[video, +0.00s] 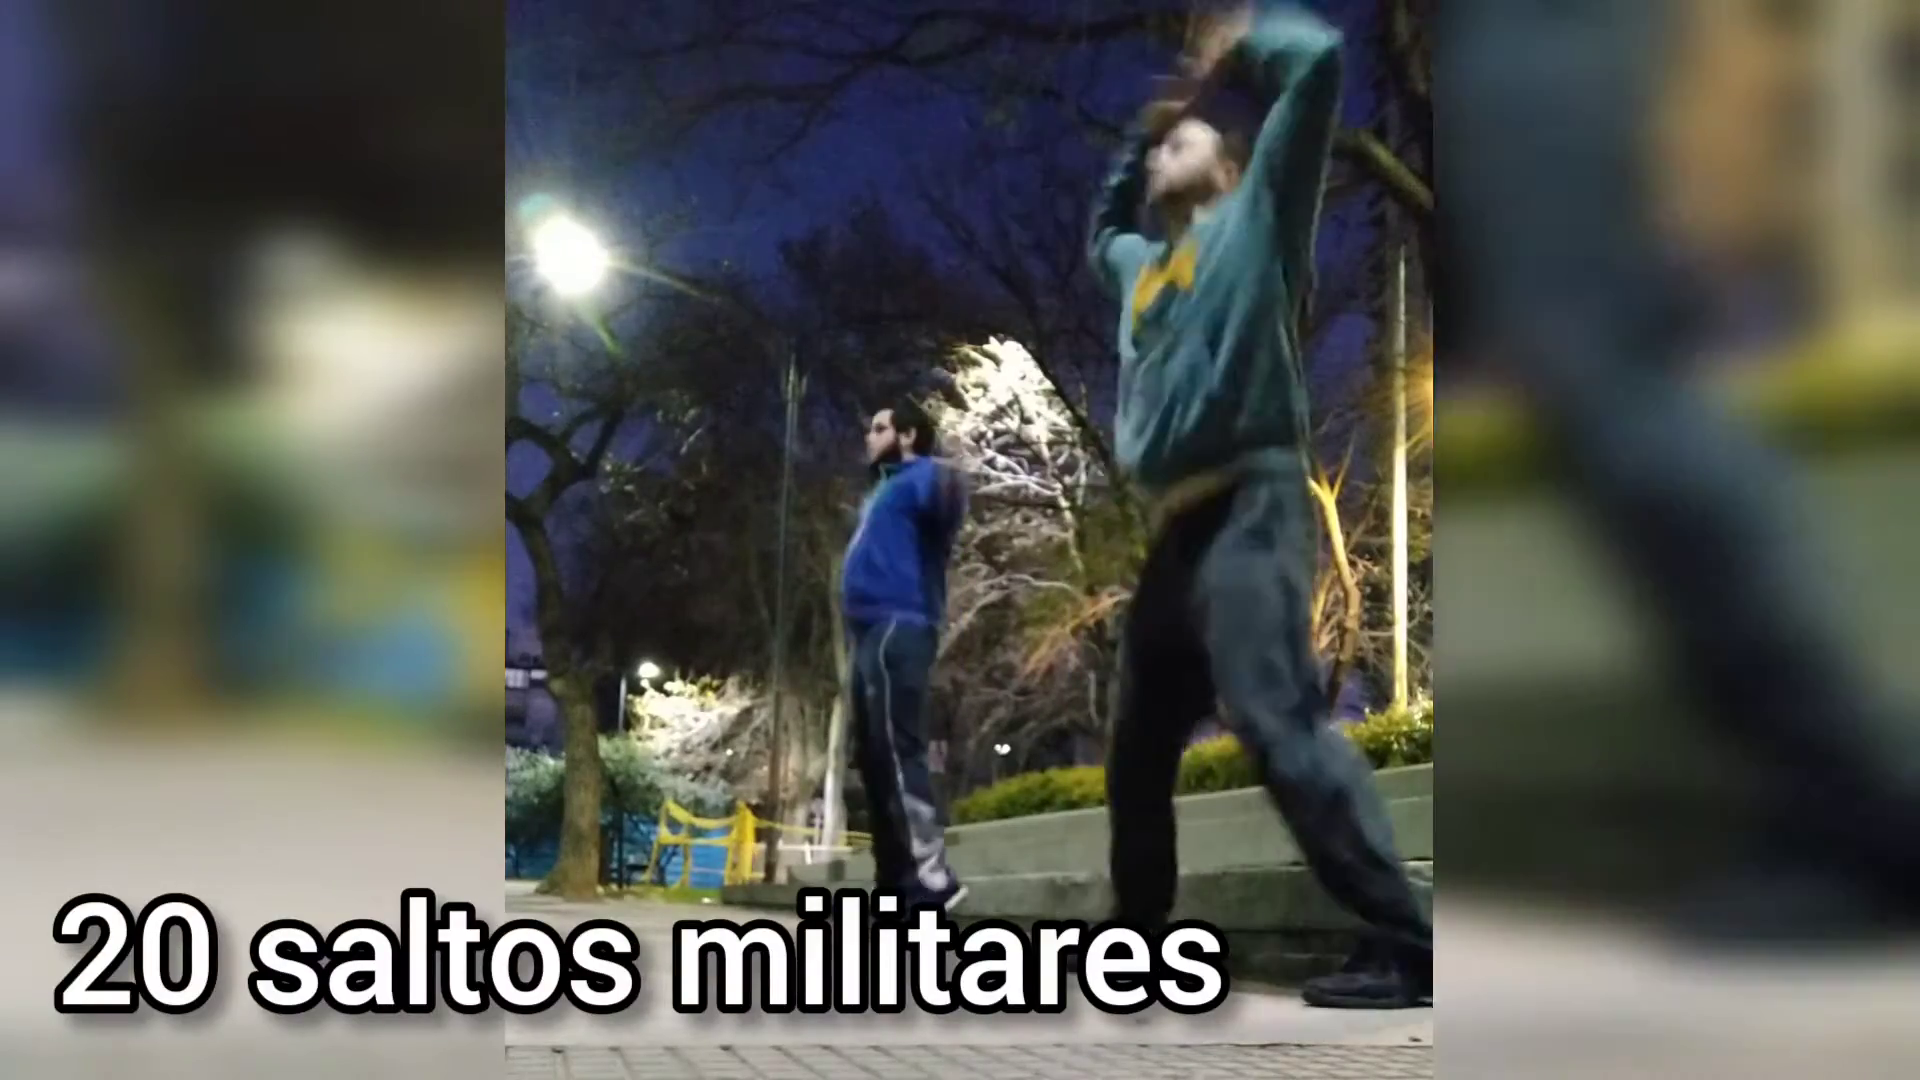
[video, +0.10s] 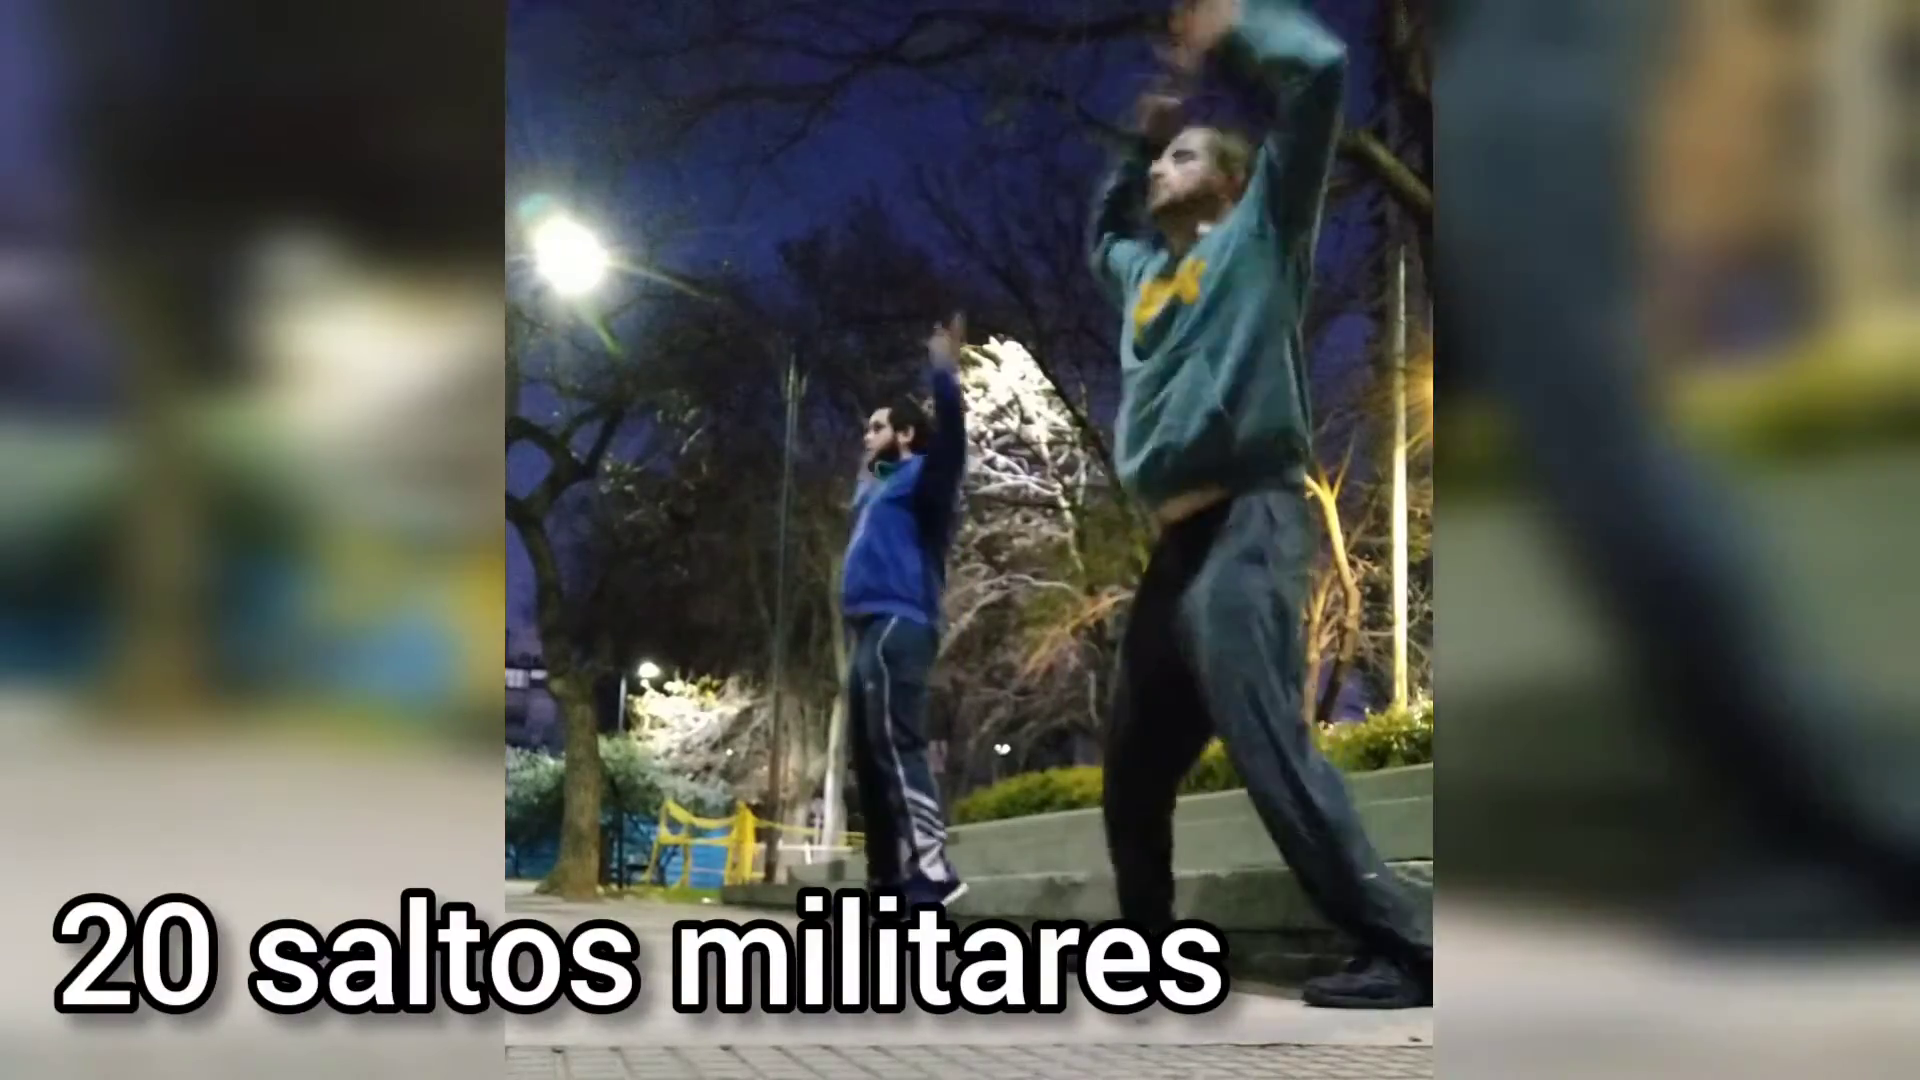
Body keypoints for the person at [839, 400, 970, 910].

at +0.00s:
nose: (868, 437)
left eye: (878, 429)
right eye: (870, 429)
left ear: (907, 436)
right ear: (895, 438)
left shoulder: (922, 475)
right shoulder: (882, 488)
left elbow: (941, 501)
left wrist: (946, 475)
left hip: (901, 623)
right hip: (869, 625)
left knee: (896, 748)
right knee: (872, 755)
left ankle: (930, 879)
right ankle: (894, 880)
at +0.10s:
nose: (871, 436)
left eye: (881, 427)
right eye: (870, 429)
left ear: (910, 435)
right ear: (883, 444)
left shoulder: (925, 480)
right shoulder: (877, 489)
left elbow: (950, 436)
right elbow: (861, 493)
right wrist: (870, 453)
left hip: (901, 619)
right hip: (864, 623)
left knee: (896, 745)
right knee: (867, 757)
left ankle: (931, 873)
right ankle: (887, 877)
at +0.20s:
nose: (869, 461)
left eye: (878, 451)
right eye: (872, 451)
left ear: (903, 456)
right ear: (887, 461)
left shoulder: (924, 501)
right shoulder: (878, 511)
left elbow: (933, 435)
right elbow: (855, 500)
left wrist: (919, 382)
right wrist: (874, 450)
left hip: (904, 642)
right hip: (867, 647)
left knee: (889, 768)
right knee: (868, 774)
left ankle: (921, 886)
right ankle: (891, 883)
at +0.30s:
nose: (858, 487)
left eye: (867, 478)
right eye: (858, 479)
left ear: (893, 479)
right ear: (868, 487)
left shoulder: (920, 515)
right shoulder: (869, 538)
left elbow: (922, 442)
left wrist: (905, 414)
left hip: (903, 660)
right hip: (863, 666)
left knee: (887, 792)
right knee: (853, 801)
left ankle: (930, 902)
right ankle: (888, 898)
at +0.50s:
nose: (858, 439)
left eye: (867, 430)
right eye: (859, 431)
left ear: (897, 438)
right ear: (881, 440)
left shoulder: (914, 474)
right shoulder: (878, 488)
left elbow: (955, 456)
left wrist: (959, 408)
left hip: (894, 623)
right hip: (866, 624)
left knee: (886, 754)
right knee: (863, 760)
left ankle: (919, 885)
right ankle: (889, 884)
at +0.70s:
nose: (849, 478)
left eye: (858, 470)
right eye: (850, 469)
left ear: (886, 477)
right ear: (877, 478)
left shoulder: (908, 521)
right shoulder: (872, 527)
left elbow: (930, 586)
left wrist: (925, 657)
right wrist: (854, 669)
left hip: (894, 671)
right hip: (863, 674)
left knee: (868, 795)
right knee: (851, 798)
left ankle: (909, 896)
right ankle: (895, 893)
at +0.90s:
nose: (848, 438)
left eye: (858, 430)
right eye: (849, 430)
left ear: (886, 438)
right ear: (862, 442)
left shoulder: (901, 480)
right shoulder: (858, 492)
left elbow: (922, 514)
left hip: (885, 625)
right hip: (852, 628)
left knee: (880, 749)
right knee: (858, 758)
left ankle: (915, 877)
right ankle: (883, 882)